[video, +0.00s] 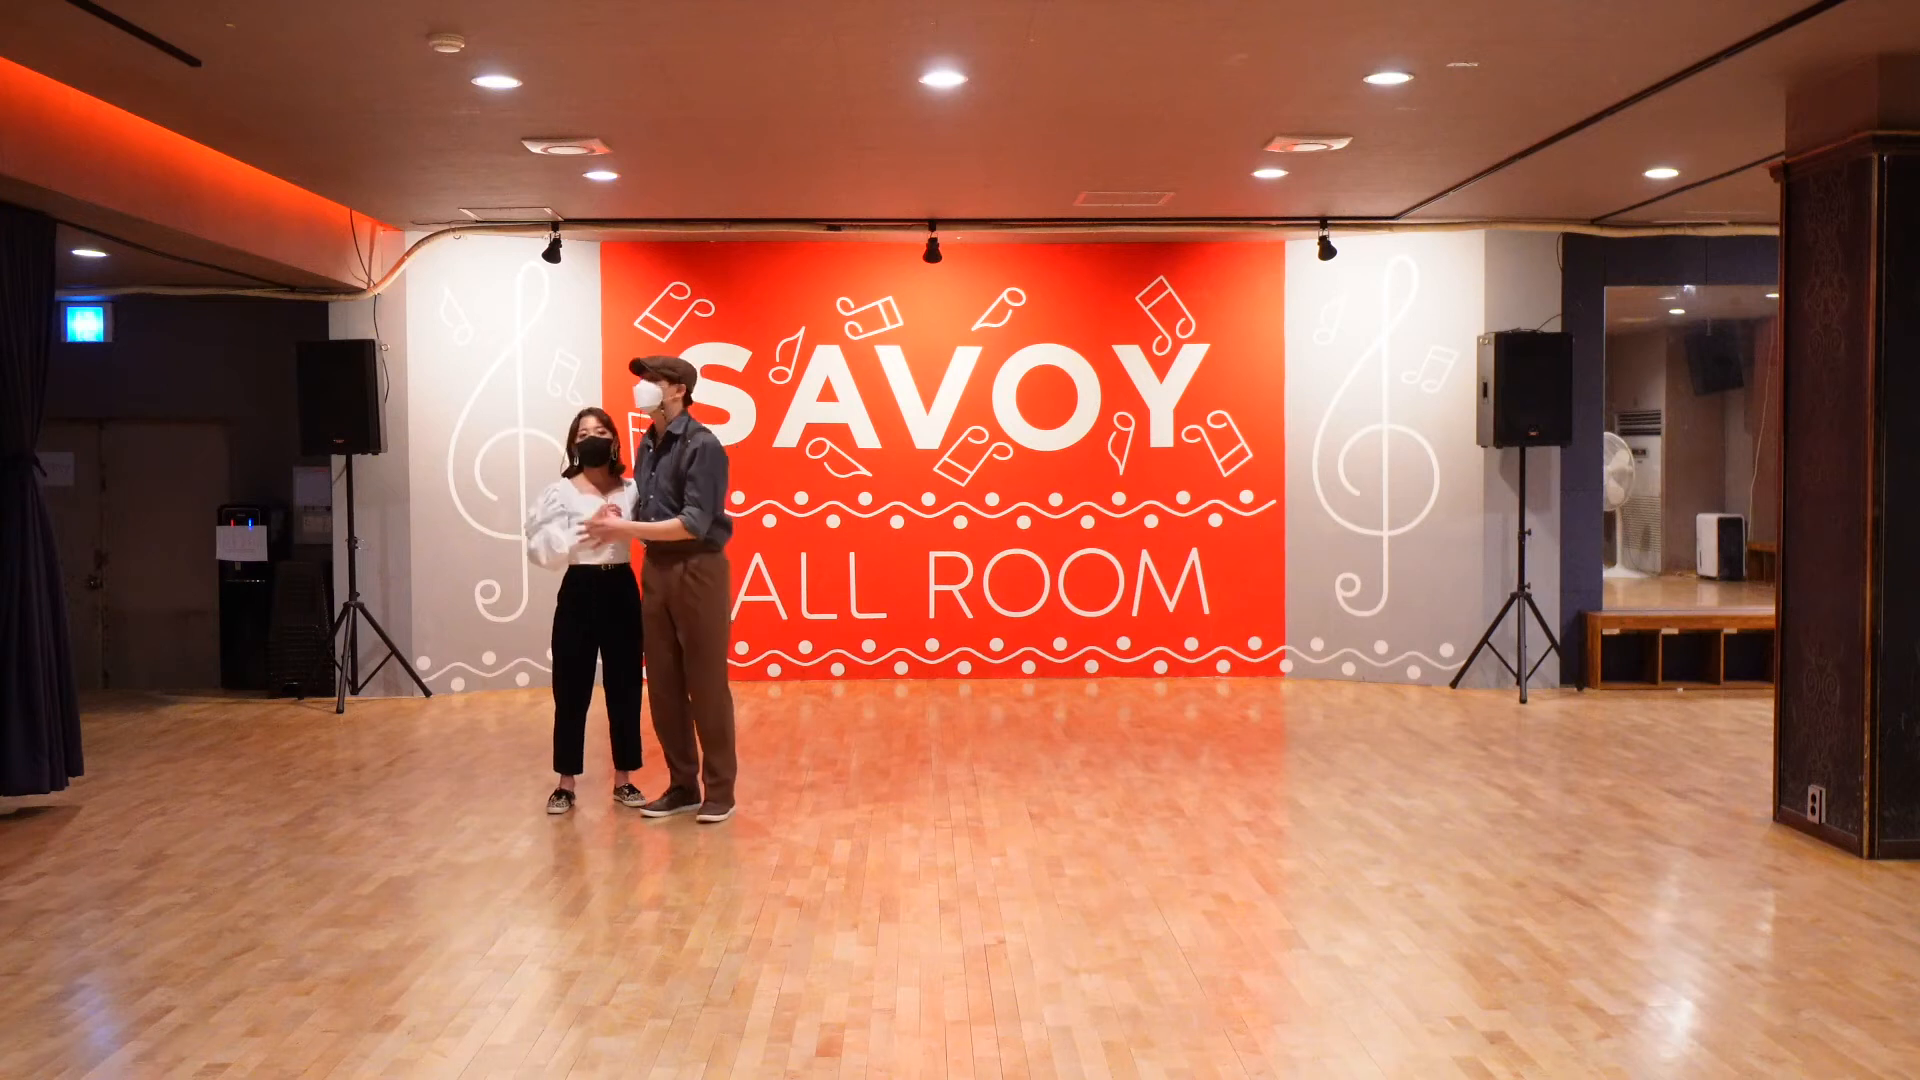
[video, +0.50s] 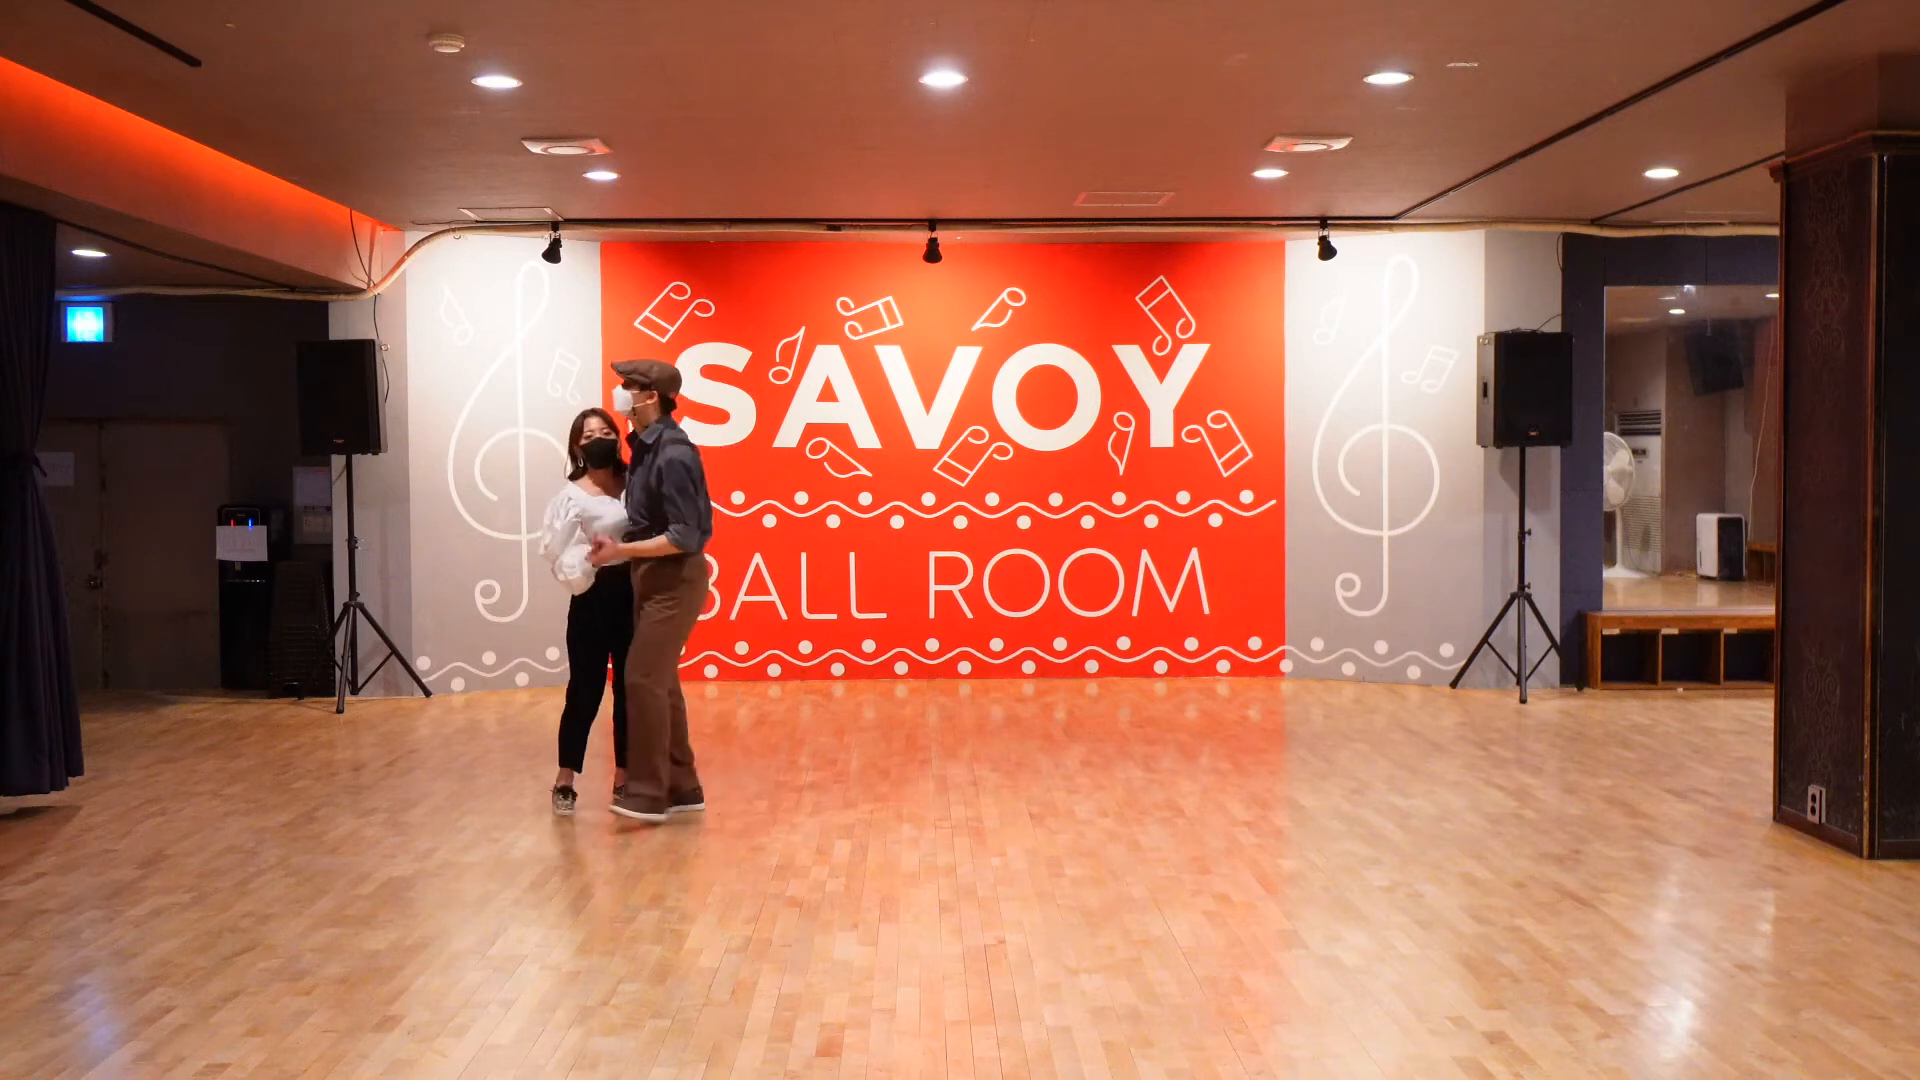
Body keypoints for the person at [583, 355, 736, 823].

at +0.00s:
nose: (641, 388)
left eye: (652, 381)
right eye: (642, 380)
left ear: (678, 390)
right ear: (655, 392)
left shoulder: (704, 446)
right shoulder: (648, 447)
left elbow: (695, 525)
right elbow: (645, 510)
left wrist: (626, 528)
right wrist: (611, 522)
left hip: (699, 570)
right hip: (657, 568)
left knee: (707, 683)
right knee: (664, 684)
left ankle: (720, 793)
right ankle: (683, 787)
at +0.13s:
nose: (635, 385)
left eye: (645, 380)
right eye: (637, 378)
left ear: (672, 391)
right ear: (659, 393)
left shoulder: (696, 446)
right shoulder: (648, 442)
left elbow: (684, 525)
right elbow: (641, 507)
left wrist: (619, 526)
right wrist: (600, 515)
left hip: (696, 569)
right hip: (656, 567)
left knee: (704, 683)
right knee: (665, 683)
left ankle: (720, 793)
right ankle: (683, 786)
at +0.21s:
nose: (634, 390)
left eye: (643, 384)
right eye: (636, 382)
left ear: (668, 393)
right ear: (658, 394)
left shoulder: (692, 448)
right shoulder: (648, 443)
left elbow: (678, 528)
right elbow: (640, 507)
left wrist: (612, 532)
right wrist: (599, 518)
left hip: (692, 572)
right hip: (653, 569)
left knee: (693, 682)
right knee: (657, 685)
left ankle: (719, 793)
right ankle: (682, 788)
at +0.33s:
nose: (632, 399)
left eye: (641, 393)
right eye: (634, 392)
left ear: (664, 402)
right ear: (656, 403)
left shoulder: (686, 456)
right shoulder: (651, 452)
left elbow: (682, 540)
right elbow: (643, 517)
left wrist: (615, 540)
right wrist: (603, 523)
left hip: (684, 579)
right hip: (651, 576)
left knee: (662, 686)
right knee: (648, 688)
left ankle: (706, 784)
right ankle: (680, 787)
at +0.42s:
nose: (627, 398)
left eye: (634, 392)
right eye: (629, 391)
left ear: (657, 401)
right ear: (653, 402)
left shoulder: (681, 455)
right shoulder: (649, 451)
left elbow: (684, 539)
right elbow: (640, 514)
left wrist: (616, 540)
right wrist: (602, 524)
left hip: (680, 577)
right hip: (649, 574)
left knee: (651, 680)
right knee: (648, 681)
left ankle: (683, 790)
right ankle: (674, 788)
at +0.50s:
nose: (623, 394)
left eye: (630, 388)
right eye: (625, 387)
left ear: (652, 397)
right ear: (651, 398)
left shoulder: (674, 452)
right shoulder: (647, 445)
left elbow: (686, 535)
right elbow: (642, 517)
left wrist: (624, 549)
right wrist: (607, 535)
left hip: (677, 575)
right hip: (652, 572)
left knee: (644, 675)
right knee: (661, 677)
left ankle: (647, 794)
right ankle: (682, 786)